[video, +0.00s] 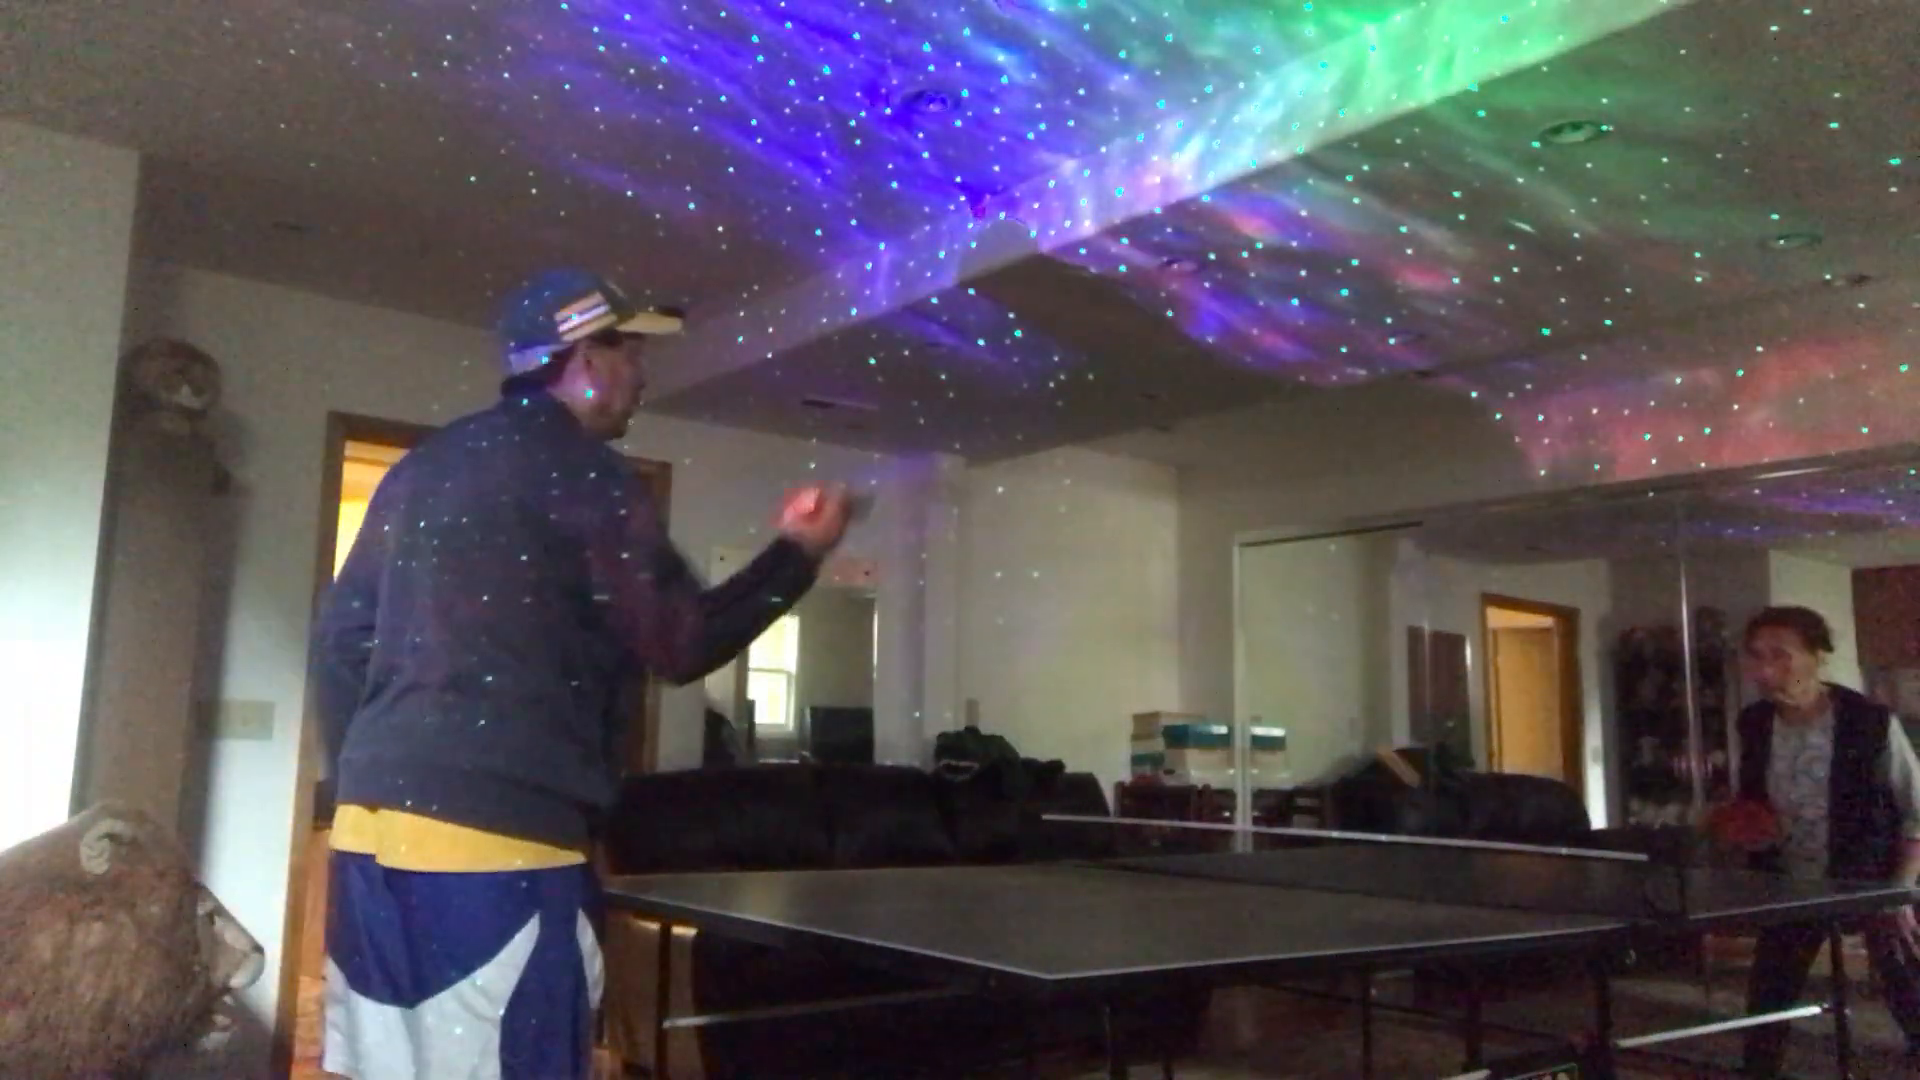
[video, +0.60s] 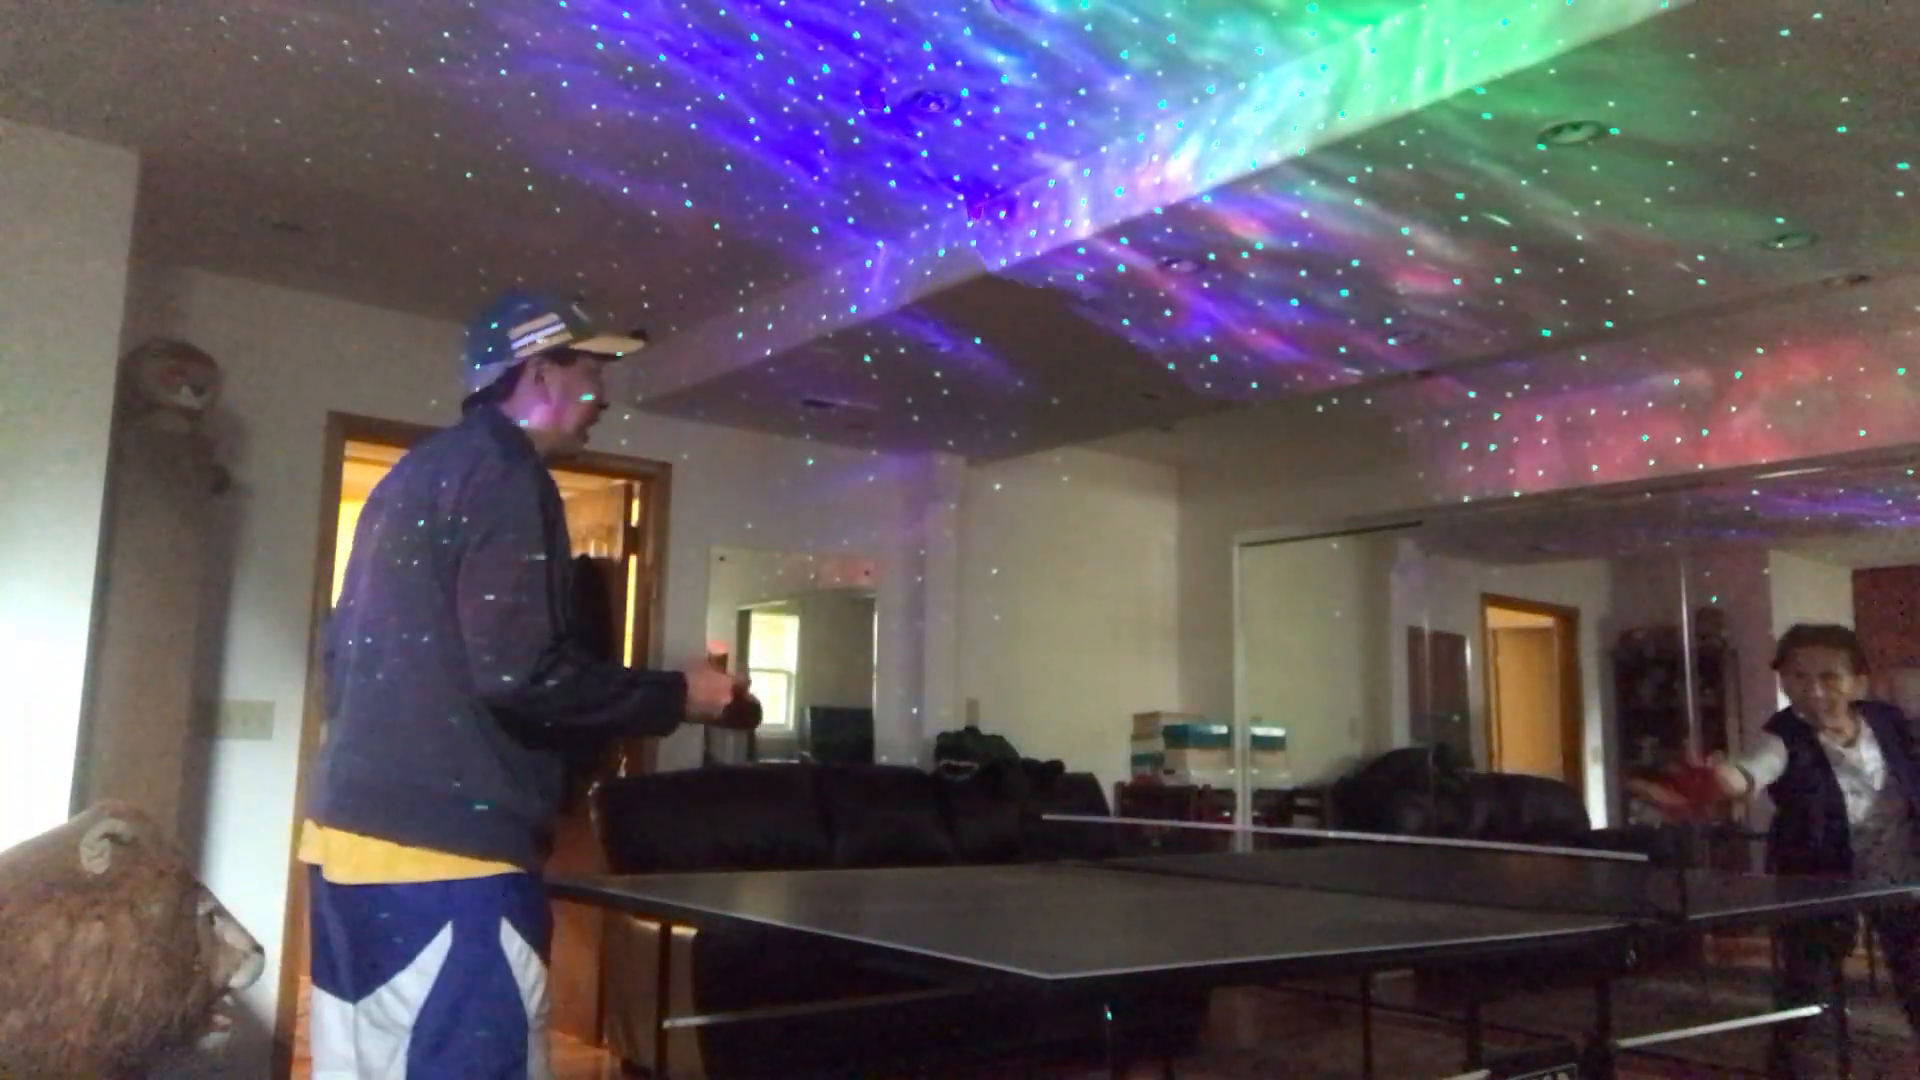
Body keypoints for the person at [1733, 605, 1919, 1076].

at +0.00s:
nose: (1765, 671)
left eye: (1778, 655)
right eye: (1757, 658)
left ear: (1817, 658)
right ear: (1750, 664)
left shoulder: (1871, 722)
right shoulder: (1752, 725)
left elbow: (1913, 812)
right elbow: (1747, 808)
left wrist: (1903, 894)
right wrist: (1742, 828)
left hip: (1869, 888)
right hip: (1790, 889)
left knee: (1908, 993)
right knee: (1766, 1002)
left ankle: (1918, 1053)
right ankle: (1758, 1072)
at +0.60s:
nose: (1814, 690)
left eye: (1829, 678)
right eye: (1800, 677)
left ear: (1859, 683)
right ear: (1784, 683)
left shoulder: (1889, 722)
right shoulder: (1787, 735)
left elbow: (1913, 776)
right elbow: (1752, 768)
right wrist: (1711, 785)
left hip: (1895, 869)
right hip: (1819, 873)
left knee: (1913, 974)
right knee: (1808, 979)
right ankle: (1786, 1053)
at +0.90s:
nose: (1774, 711)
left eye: (1793, 699)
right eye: (1765, 696)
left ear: (1827, 706)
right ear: (1752, 697)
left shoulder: (1869, 740)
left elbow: (1907, 810)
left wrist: (1914, 868)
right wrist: (1676, 842)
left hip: (1867, 877)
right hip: (1779, 886)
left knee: (1907, 969)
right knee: (1784, 983)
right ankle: (1776, 1067)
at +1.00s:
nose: (1763, 710)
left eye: (1776, 698)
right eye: (1759, 696)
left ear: (1815, 702)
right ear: (1755, 696)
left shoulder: (1869, 738)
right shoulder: (1740, 750)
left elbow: (1910, 812)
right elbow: (1673, 821)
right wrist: (1697, 840)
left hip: (1870, 874)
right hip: (1784, 883)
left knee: (1906, 972)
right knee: (1783, 986)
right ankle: (1773, 1069)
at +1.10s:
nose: (1777, 703)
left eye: (1792, 691)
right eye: (1769, 689)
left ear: (1830, 694)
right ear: (1757, 690)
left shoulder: (1877, 736)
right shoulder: (1746, 746)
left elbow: (1908, 811)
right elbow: (1706, 816)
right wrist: (1719, 840)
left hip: (1868, 871)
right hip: (1785, 876)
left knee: (1908, 957)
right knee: (1788, 966)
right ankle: (1776, 1063)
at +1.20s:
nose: (1786, 690)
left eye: (1803, 678)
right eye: (1779, 676)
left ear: (1842, 685)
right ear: (1769, 679)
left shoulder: (1890, 734)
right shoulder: (1763, 740)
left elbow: (1904, 821)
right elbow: (1759, 818)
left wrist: (1876, 886)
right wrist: (1746, 840)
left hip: (1878, 882)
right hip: (1797, 889)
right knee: (1792, 1007)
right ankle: (1778, 1069)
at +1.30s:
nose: (1797, 681)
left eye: (1813, 667)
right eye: (1789, 667)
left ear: (1857, 675)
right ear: (1780, 675)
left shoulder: (1900, 726)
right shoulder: (1779, 738)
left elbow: (1912, 811)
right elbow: (1782, 810)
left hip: (1896, 879)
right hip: (1819, 884)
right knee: (1807, 983)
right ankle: (1795, 1065)